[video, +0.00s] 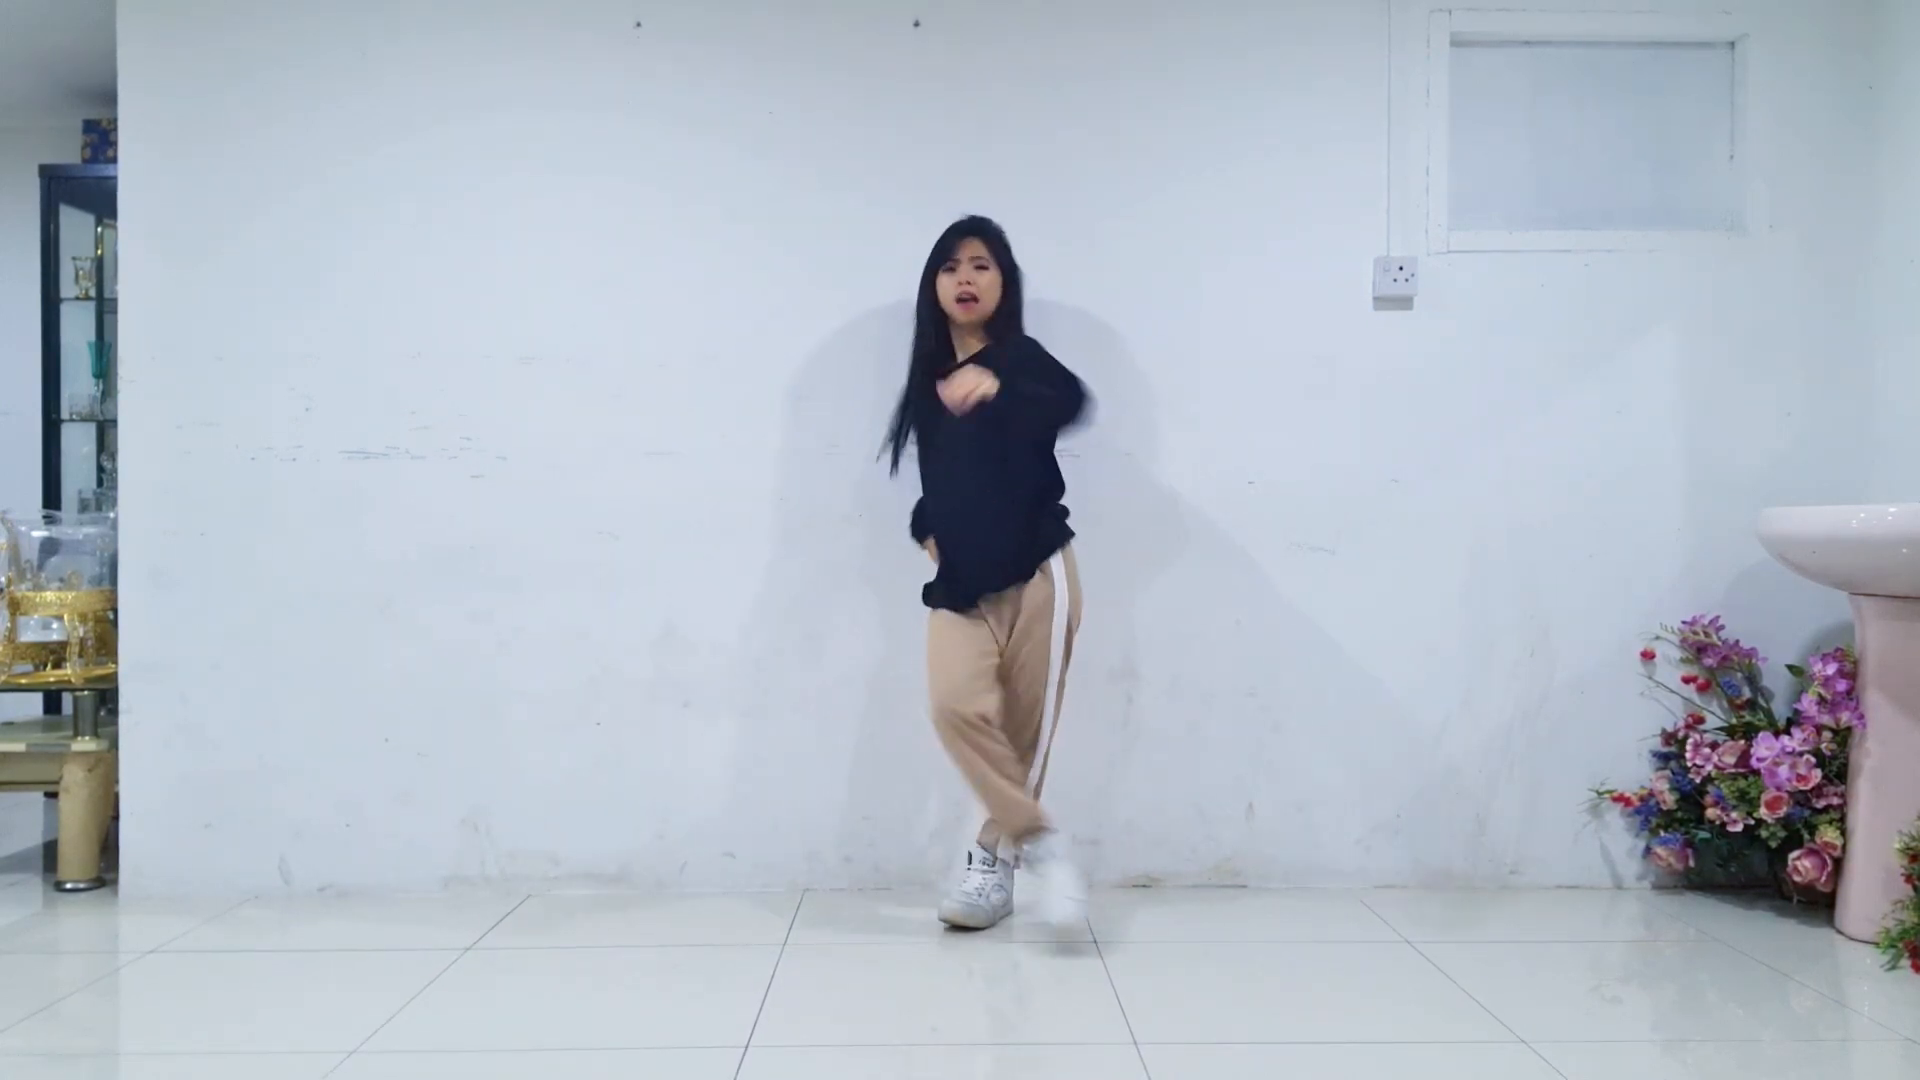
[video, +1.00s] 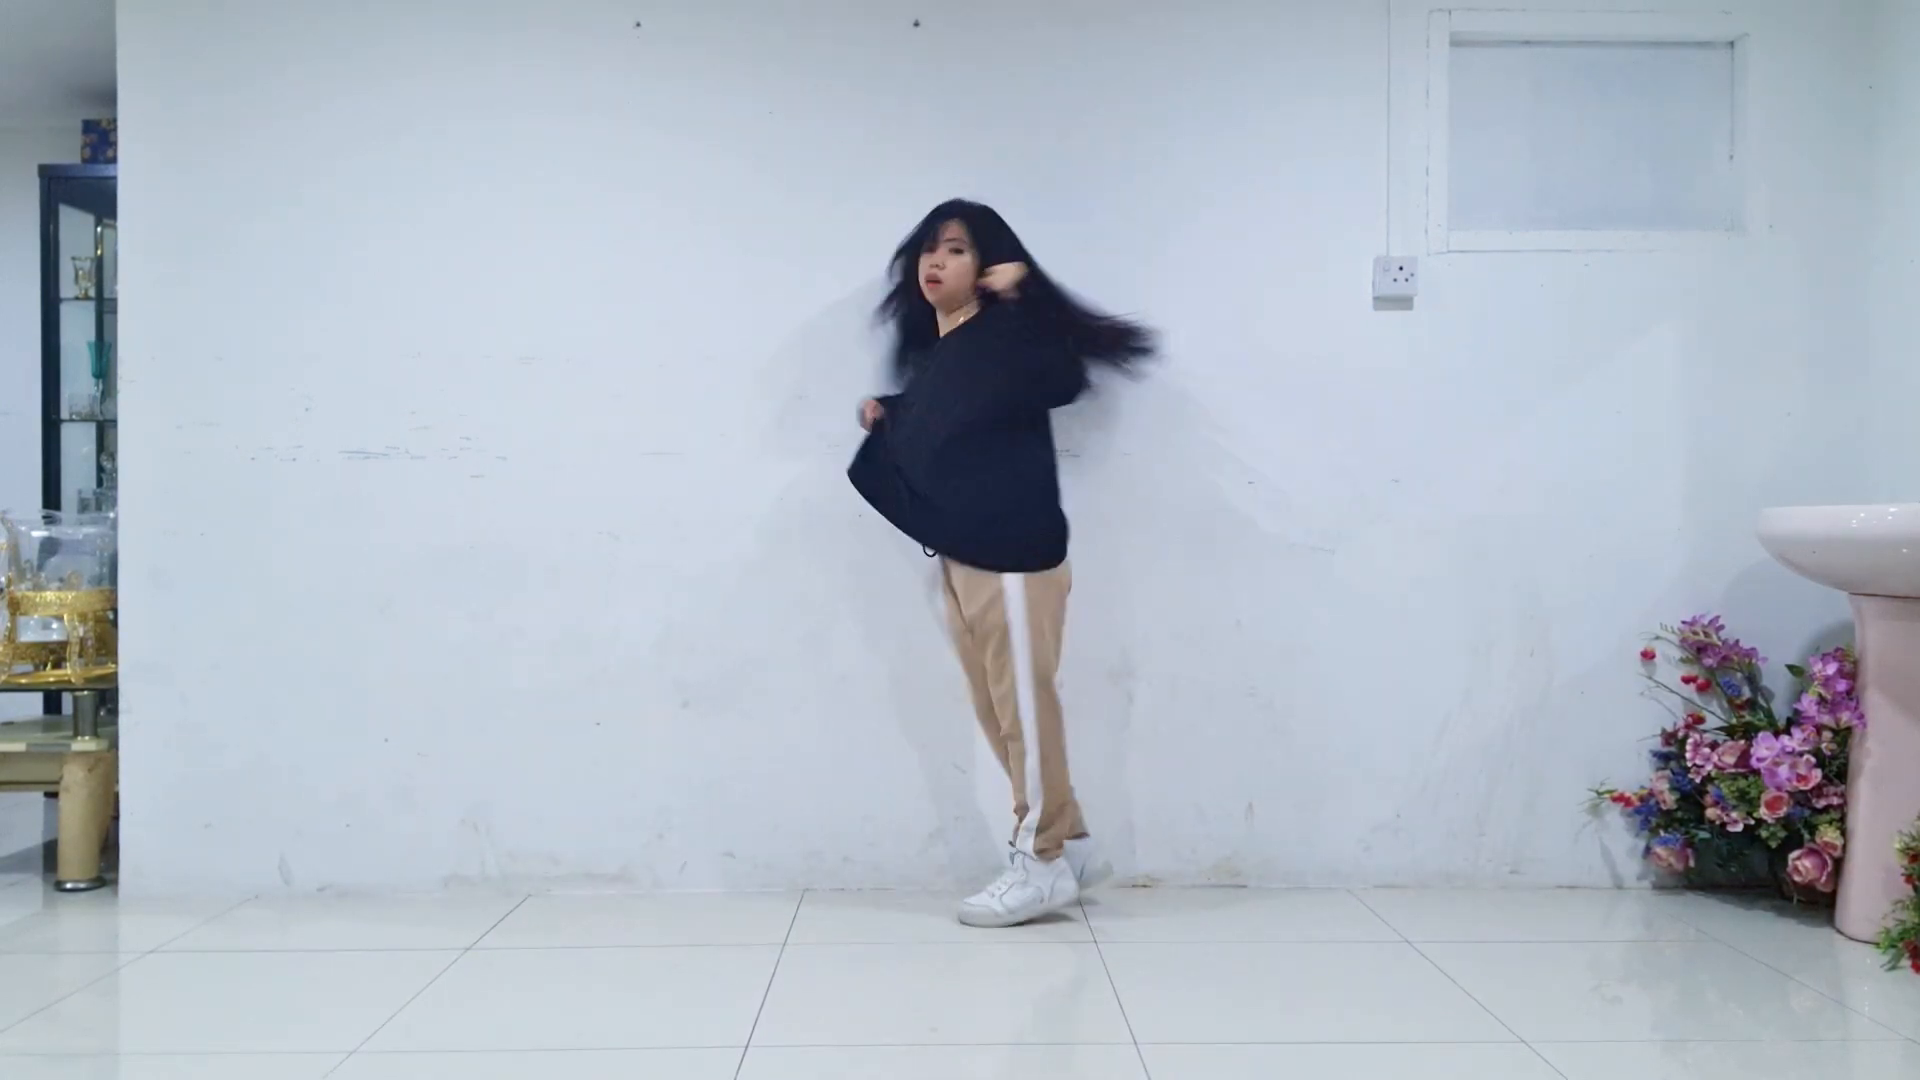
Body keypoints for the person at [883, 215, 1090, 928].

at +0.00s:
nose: (965, 279)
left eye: (981, 267)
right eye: (951, 267)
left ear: (1005, 282)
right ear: (932, 283)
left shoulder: (1025, 359)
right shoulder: (930, 378)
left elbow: (1072, 403)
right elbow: (939, 469)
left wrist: (999, 385)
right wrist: (927, 527)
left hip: (1037, 567)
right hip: (961, 572)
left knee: (1020, 717)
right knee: (956, 708)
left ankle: (994, 860)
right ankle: (1041, 845)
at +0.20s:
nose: (975, 288)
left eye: (990, 273)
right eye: (960, 274)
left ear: (1015, 289)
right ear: (942, 291)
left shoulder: (1033, 360)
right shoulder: (946, 383)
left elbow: (1048, 370)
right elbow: (950, 469)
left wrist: (1041, 355)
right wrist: (939, 516)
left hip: (1050, 571)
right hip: (971, 582)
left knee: (1042, 727)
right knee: (1022, 730)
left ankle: (999, 857)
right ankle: (1087, 876)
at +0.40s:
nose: (1044, 268)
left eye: (1037, 254)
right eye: (1031, 256)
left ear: (998, 276)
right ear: (997, 274)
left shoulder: (1024, 358)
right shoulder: (955, 371)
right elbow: (926, 451)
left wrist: (1073, 378)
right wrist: (996, 491)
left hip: (1063, 554)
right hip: (997, 561)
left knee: (1015, 715)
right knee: (1045, 716)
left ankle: (963, 854)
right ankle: (1093, 873)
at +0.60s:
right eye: (1035, 278)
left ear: (963, 287)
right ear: (1035, 283)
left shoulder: (939, 362)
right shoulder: (1067, 350)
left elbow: (878, 417)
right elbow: (1135, 405)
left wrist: (949, 414)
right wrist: (1086, 460)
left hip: (941, 562)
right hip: (1025, 558)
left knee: (947, 723)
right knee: (1066, 720)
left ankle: (956, 884)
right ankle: (1103, 877)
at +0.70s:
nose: (949, 294)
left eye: (953, 284)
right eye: (955, 283)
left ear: (963, 289)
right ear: (1027, 287)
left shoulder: (935, 350)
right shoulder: (1053, 350)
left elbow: (886, 390)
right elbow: (1140, 398)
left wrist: (873, 350)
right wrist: (1076, 461)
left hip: (952, 560)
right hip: (1033, 549)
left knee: (961, 718)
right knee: (1059, 711)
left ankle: (993, 887)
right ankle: (1084, 873)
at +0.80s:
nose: (932, 269)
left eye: (944, 257)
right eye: (937, 255)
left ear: (978, 275)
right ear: (1000, 279)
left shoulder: (965, 347)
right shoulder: (1032, 350)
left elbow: (950, 387)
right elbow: (1076, 410)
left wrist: (910, 336)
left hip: (980, 561)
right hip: (1035, 545)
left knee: (995, 718)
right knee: (1046, 713)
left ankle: (1019, 883)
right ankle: (1080, 875)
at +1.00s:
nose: (933, 260)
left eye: (954, 249)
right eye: (928, 248)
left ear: (988, 268)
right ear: (916, 263)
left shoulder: (1012, 331)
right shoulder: (929, 353)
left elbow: (1065, 382)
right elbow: (939, 426)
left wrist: (1023, 298)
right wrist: (888, 417)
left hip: (1021, 551)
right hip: (960, 556)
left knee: (1025, 704)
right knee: (996, 710)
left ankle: (1046, 862)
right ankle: (1057, 842)